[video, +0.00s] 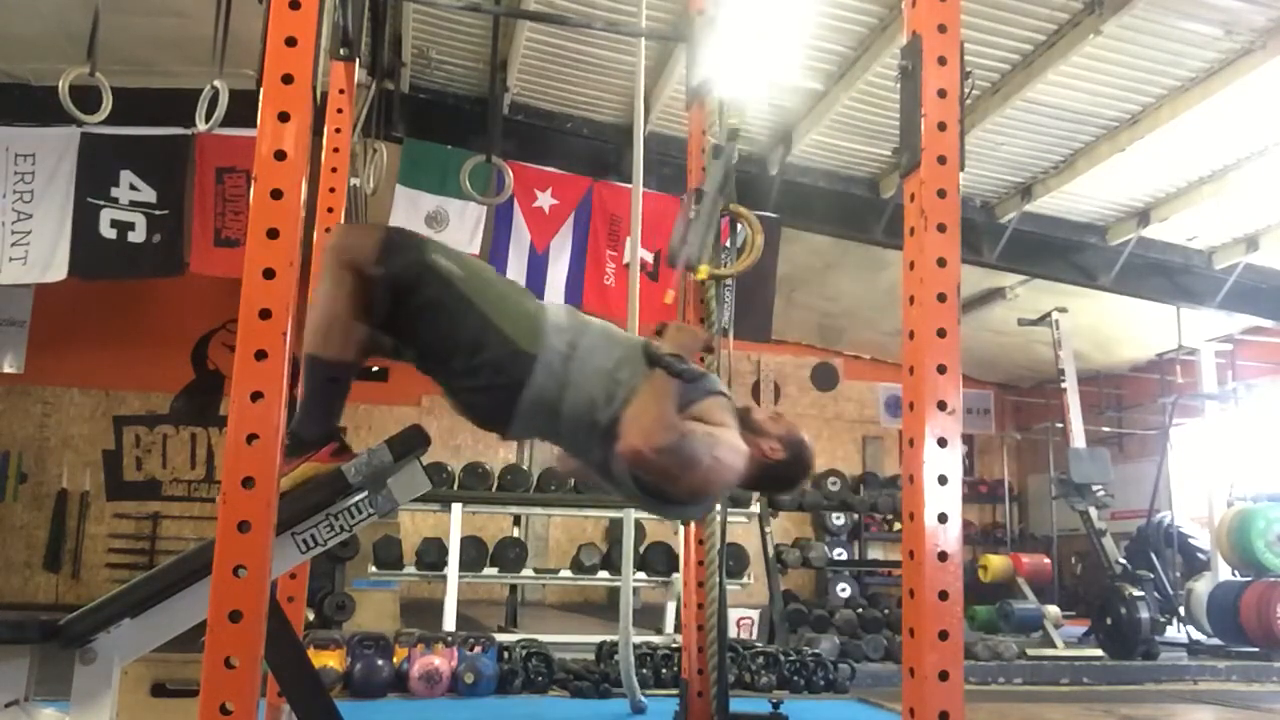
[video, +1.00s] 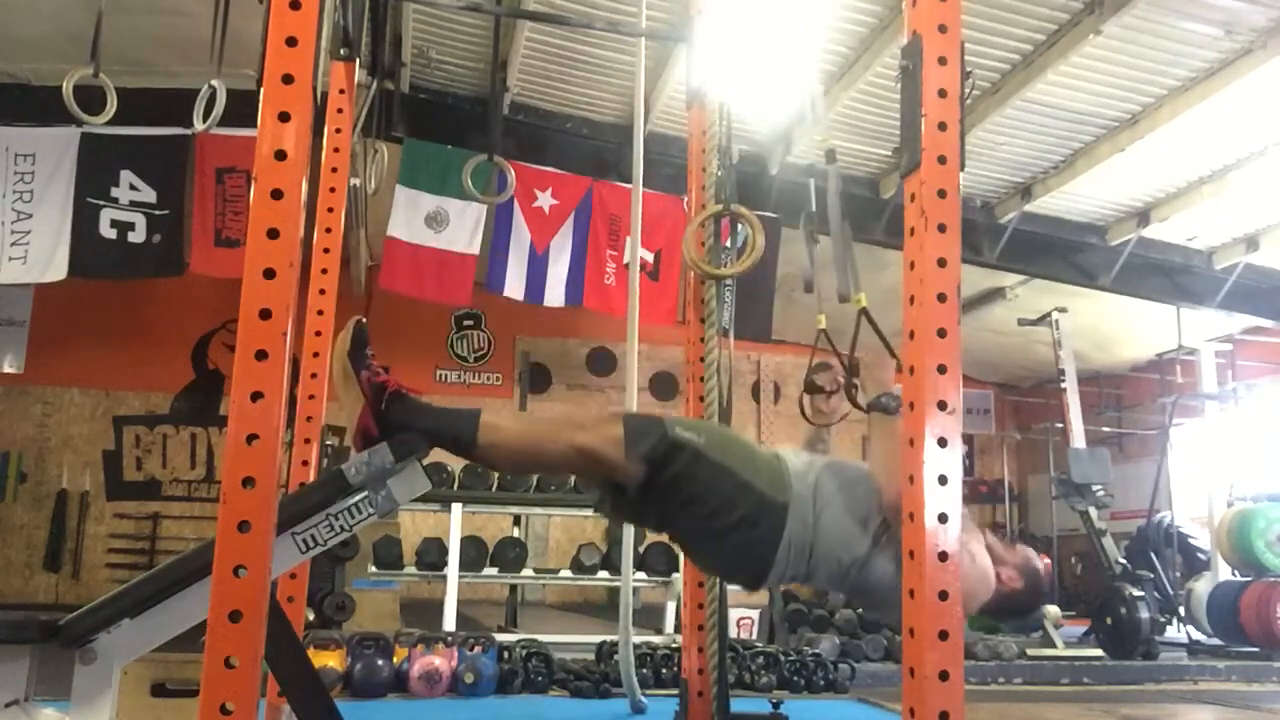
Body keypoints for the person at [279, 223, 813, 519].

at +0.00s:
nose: (768, 408)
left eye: (776, 423)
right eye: (778, 412)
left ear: (768, 452)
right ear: (766, 442)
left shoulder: (725, 457)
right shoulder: (712, 433)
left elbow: (642, 445)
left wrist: (672, 361)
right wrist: (671, 351)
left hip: (523, 362)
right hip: (522, 369)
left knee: (352, 244)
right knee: (370, 296)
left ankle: (314, 420)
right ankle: (300, 413)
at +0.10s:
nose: (802, 427)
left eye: (810, 441)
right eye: (811, 432)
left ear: (803, 464)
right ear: (801, 448)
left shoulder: (758, 470)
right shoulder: (739, 452)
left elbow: (676, 455)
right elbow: (596, 475)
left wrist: (705, 373)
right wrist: (709, 367)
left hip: (561, 367)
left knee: (396, 250)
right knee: (388, 301)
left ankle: (319, 425)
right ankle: (317, 425)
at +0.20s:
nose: (843, 443)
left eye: (852, 458)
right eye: (852, 445)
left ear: (840, 484)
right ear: (835, 447)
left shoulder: (791, 484)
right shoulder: (779, 437)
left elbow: (719, 463)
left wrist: (734, 386)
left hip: (601, 388)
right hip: (603, 359)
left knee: (440, 263)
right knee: (436, 283)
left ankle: (321, 428)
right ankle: (324, 420)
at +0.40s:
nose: (901, 435)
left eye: (915, 447)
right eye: (909, 441)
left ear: (913, 492)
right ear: (911, 453)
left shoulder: (869, 511)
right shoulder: (855, 452)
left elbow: (800, 475)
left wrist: (806, 389)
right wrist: (802, 378)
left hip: (672, 427)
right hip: (677, 388)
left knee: (517, 296)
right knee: (511, 296)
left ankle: (355, 414)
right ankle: (362, 403)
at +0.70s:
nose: (993, 497)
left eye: (1004, 509)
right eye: (1002, 495)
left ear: (996, 540)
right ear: (988, 499)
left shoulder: (943, 550)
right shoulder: (938, 504)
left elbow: (882, 487)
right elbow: (879, 466)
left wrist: (877, 403)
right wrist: (900, 418)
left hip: (761, 467)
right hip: (759, 437)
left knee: (594, 365)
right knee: (583, 366)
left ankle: (403, 413)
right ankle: (407, 410)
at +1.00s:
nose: (1012, 550)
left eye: (1021, 567)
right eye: (1021, 549)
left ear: (1009, 594)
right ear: (1004, 538)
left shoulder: (968, 577)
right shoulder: (948, 549)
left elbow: (900, 505)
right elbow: (861, 490)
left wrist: (903, 422)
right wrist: (844, 422)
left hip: (778, 517)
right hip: (771, 496)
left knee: (613, 434)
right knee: (602, 431)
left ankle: (408, 418)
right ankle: (416, 424)